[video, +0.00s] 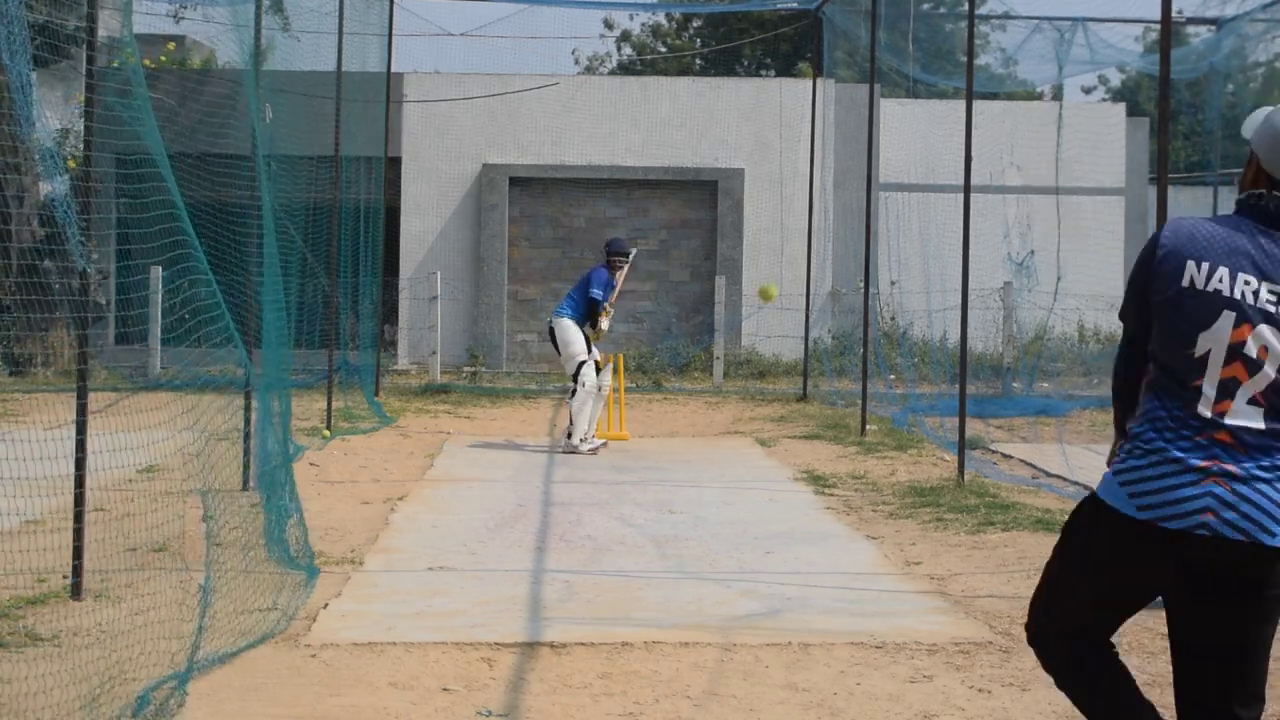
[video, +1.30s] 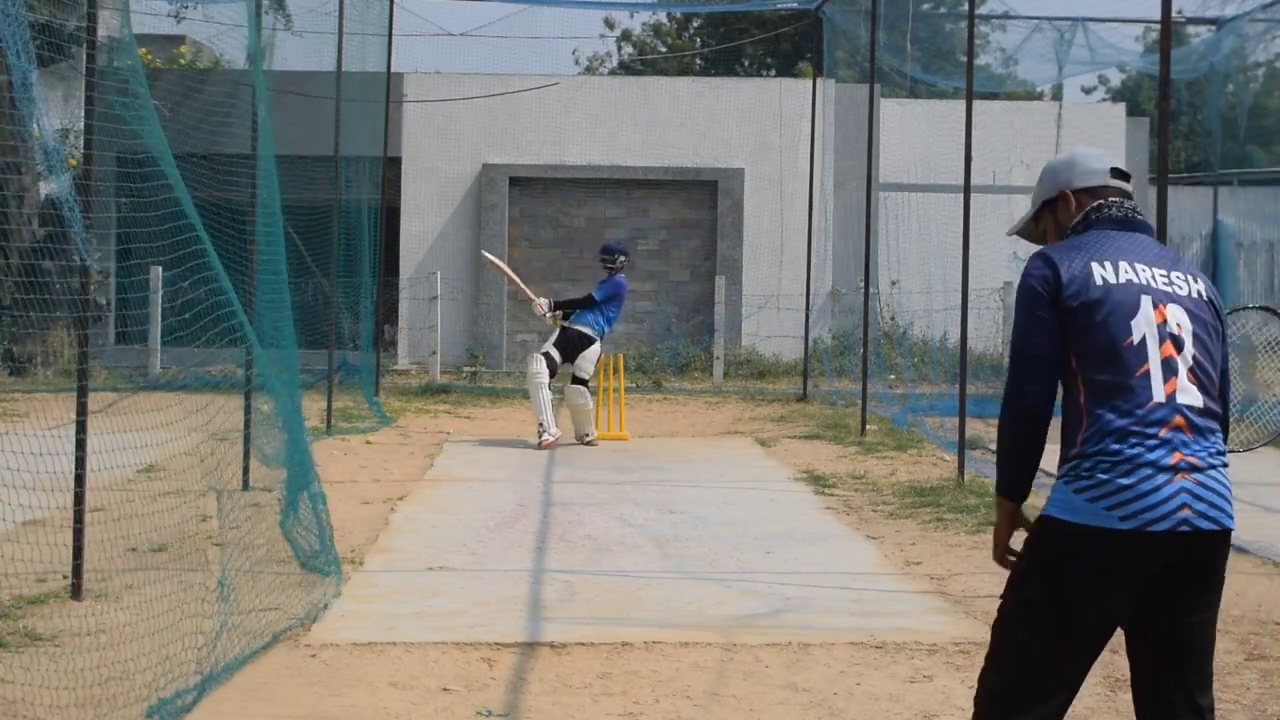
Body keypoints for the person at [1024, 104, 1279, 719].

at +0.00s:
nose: (1245, 166)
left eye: (1249, 158)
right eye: (1250, 158)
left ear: (1253, 167)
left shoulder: (1179, 240)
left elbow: (1129, 374)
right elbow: (1130, 376)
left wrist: (1134, 459)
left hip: (1146, 502)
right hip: (1255, 528)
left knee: (1061, 630)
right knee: (1228, 706)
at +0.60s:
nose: (1217, 169)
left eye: (1220, 162)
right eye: (1224, 162)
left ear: (1225, 169)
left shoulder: (1149, 243)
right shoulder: (1278, 266)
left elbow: (1097, 381)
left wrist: (1128, 464)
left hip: (1128, 505)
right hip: (1245, 520)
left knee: (1106, 662)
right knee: (1224, 697)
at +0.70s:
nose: (1204, 172)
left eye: (1208, 164)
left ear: (1213, 170)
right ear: (1279, 185)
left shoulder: (1141, 246)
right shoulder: (1277, 265)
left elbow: (1087, 385)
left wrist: (1131, 458)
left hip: (1125, 508)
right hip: (1242, 519)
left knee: (1105, 689)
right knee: (1221, 699)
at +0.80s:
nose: (1190, 174)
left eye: (1194, 166)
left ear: (1202, 171)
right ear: (1273, 183)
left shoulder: (1139, 246)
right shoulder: (1277, 263)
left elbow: (1082, 381)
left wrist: (1130, 454)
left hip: (1124, 514)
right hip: (1240, 522)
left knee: (1103, 704)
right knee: (1220, 705)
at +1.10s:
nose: (1114, 214)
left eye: (1116, 199)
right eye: (1112, 201)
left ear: (1139, 187)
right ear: (1190, 187)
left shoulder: (1114, 251)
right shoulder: (1254, 273)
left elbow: (1066, 386)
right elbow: (1252, 401)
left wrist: (1114, 457)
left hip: (1127, 512)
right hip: (1230, 517)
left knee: (1056, 696)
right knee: (1201, 701)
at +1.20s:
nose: (1089, 226)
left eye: (1089, 210)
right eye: (1085, 214)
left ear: (1113, 193)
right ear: (1167, 193)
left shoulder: (1097, 254)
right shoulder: (1235, 276)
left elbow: (1056, 397)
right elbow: (1238, 406)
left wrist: (1093, 477)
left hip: (1120, 510)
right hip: (1222, 516)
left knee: (1041, 696)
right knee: (1196, 701)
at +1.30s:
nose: (1045, 243)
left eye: (1045, 227)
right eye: (1041, 231)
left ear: (1067, 203)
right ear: (1123, 205)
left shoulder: (1057, 263)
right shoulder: (1197, 277)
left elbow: (1028, 399)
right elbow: (1216, 410)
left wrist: (1009, 502)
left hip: (1101, 515)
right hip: (1205, 520)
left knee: (1014, 699)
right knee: (1181, 703)